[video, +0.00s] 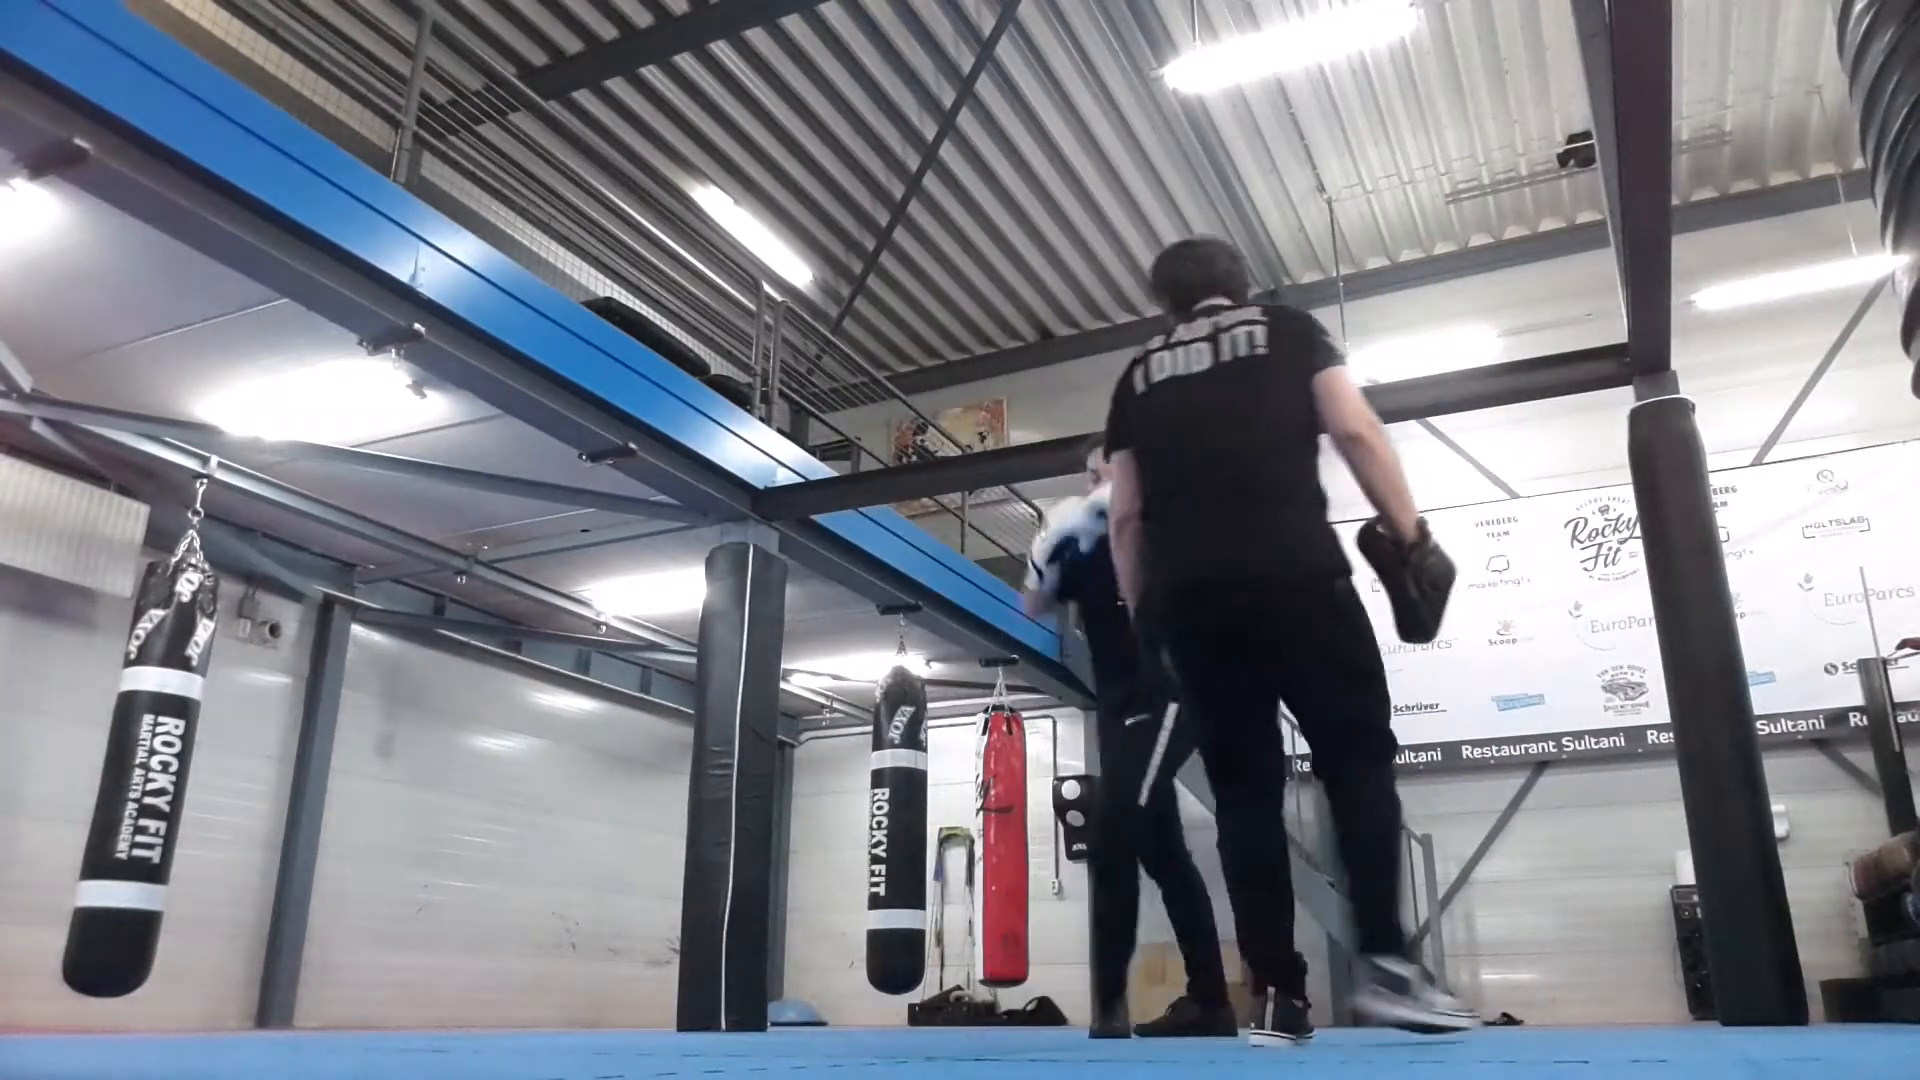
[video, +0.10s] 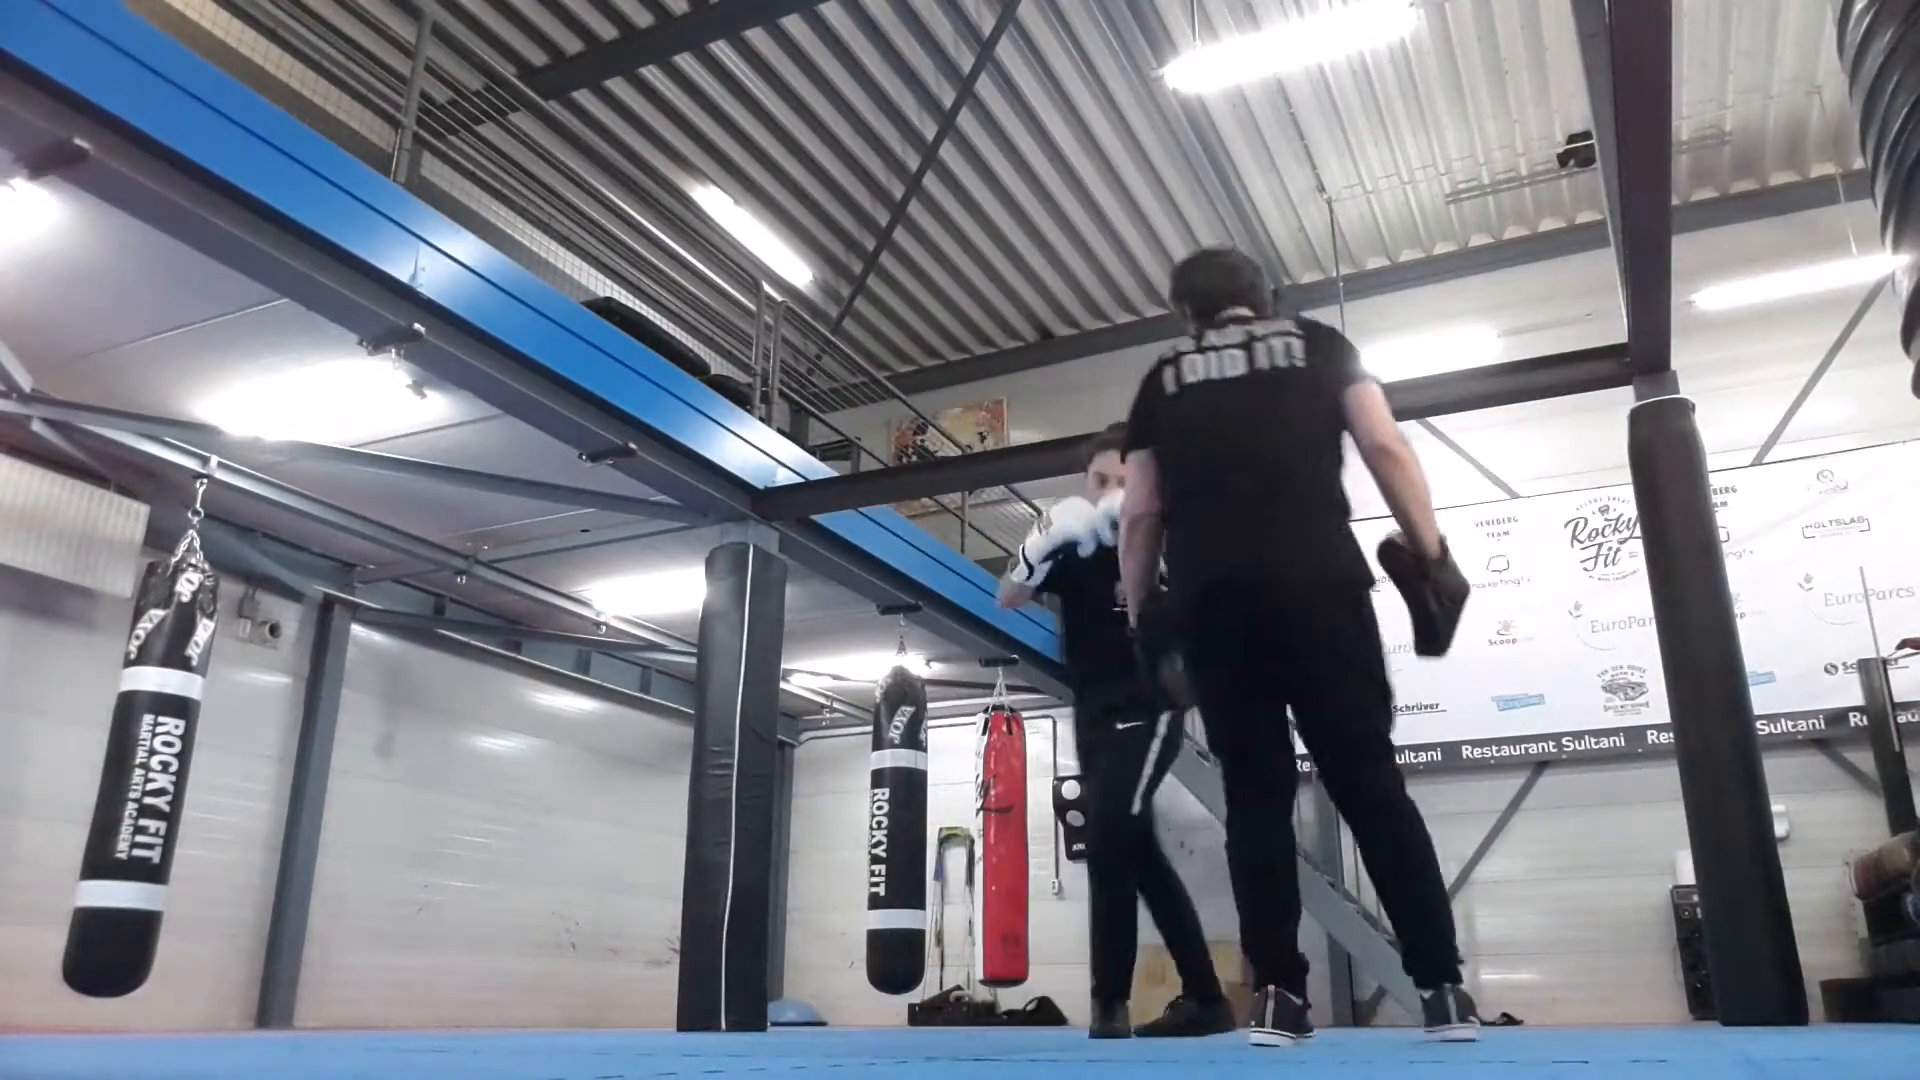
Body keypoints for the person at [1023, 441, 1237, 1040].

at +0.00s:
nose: (1105, 481)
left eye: (1113, 469)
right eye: (1100, 472)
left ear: (1141, 471)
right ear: (1094, 477)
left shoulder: (1168, 519)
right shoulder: (1080, 532)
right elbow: (1036, 605)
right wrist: (1050, 549)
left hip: (1174, 690)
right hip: (1120, 701)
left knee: (1113, 839)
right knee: (1164, 852)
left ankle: (1109, 1006)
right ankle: (1210, 999)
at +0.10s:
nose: (1105, 493)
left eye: (1118, 483)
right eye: (1097, 481)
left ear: (1145, 489)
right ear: (1086, 484)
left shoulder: (1161, 536)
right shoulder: (1072, 547)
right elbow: (1010, 598)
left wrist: (1118, 531)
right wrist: (1045, 541)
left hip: (1152, 706)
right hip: (1096, 711)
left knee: (1113, 837)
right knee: (1132, 848)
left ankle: (1110, 1006)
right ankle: (1206, 996)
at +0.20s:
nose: (1109, 495)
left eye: (1122, 486)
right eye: (1100, 482)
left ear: (1139, 494)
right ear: (1083, 486)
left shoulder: (1152, 557)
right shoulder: (1055, 553)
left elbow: (1193, 612)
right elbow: (999, 607)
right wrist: (1025, 576)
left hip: (1129, 716)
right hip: (1069, 716)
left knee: (1103, 848)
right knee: (1083, 851)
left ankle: (1108, 1003)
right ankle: (1179, 975)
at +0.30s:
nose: (1111, 498)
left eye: (1124, 486)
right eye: (1101, 483)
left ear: (1139, 487)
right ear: (1078, 475)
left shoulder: (1146, 537)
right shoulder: (1040, 525)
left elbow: (1182, 607)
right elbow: (998, 605)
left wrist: (1122, 606)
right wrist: (1030, 608)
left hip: (1112, 706)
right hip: (1046, 702)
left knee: (1101, 846)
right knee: (1018, 842)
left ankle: (1107, 1001)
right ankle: (1129, 949)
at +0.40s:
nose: (1106, 498)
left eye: (1120, 486)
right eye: (1098, 480)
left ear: (1133, 488)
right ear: (1071, 467)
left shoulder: (1134, 535)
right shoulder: (1026, 519)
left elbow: (1159, 599)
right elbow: (983, 593)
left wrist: (1103, 616)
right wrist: (1014, 608)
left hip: (1089, 714)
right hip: (1018, 703)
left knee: (1090, 847)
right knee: (974, 827)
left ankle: (1107, 990)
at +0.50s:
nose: (1087, 492)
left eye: (1101, 481)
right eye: (1078, 475)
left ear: (1115, 486)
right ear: (1052, 465)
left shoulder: (1119, 532)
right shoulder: (1007, 512)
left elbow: (1159, 604)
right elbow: (956, 587)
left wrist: (1129, 601)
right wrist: (994, 594)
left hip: (1069, 707)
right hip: (994, 700)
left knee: (1087, 848)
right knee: (941, 826)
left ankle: (1106, 997)